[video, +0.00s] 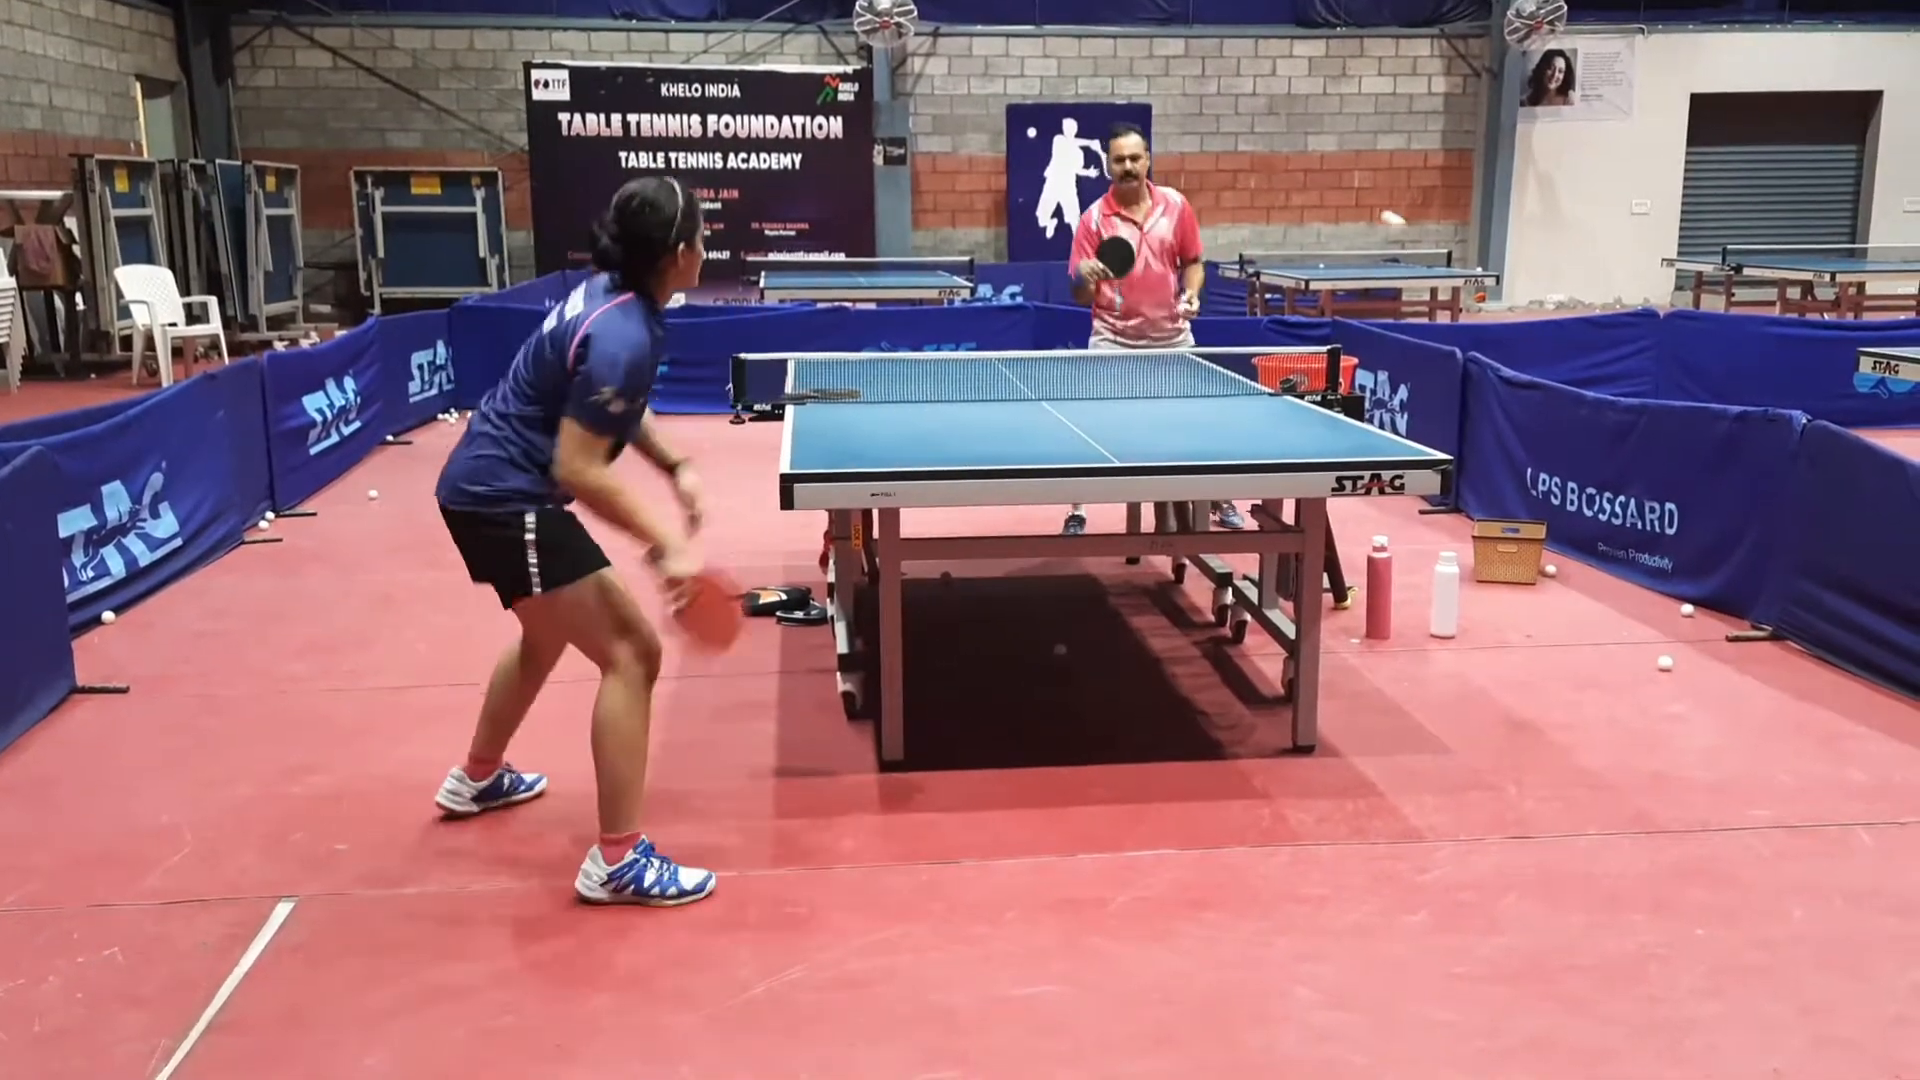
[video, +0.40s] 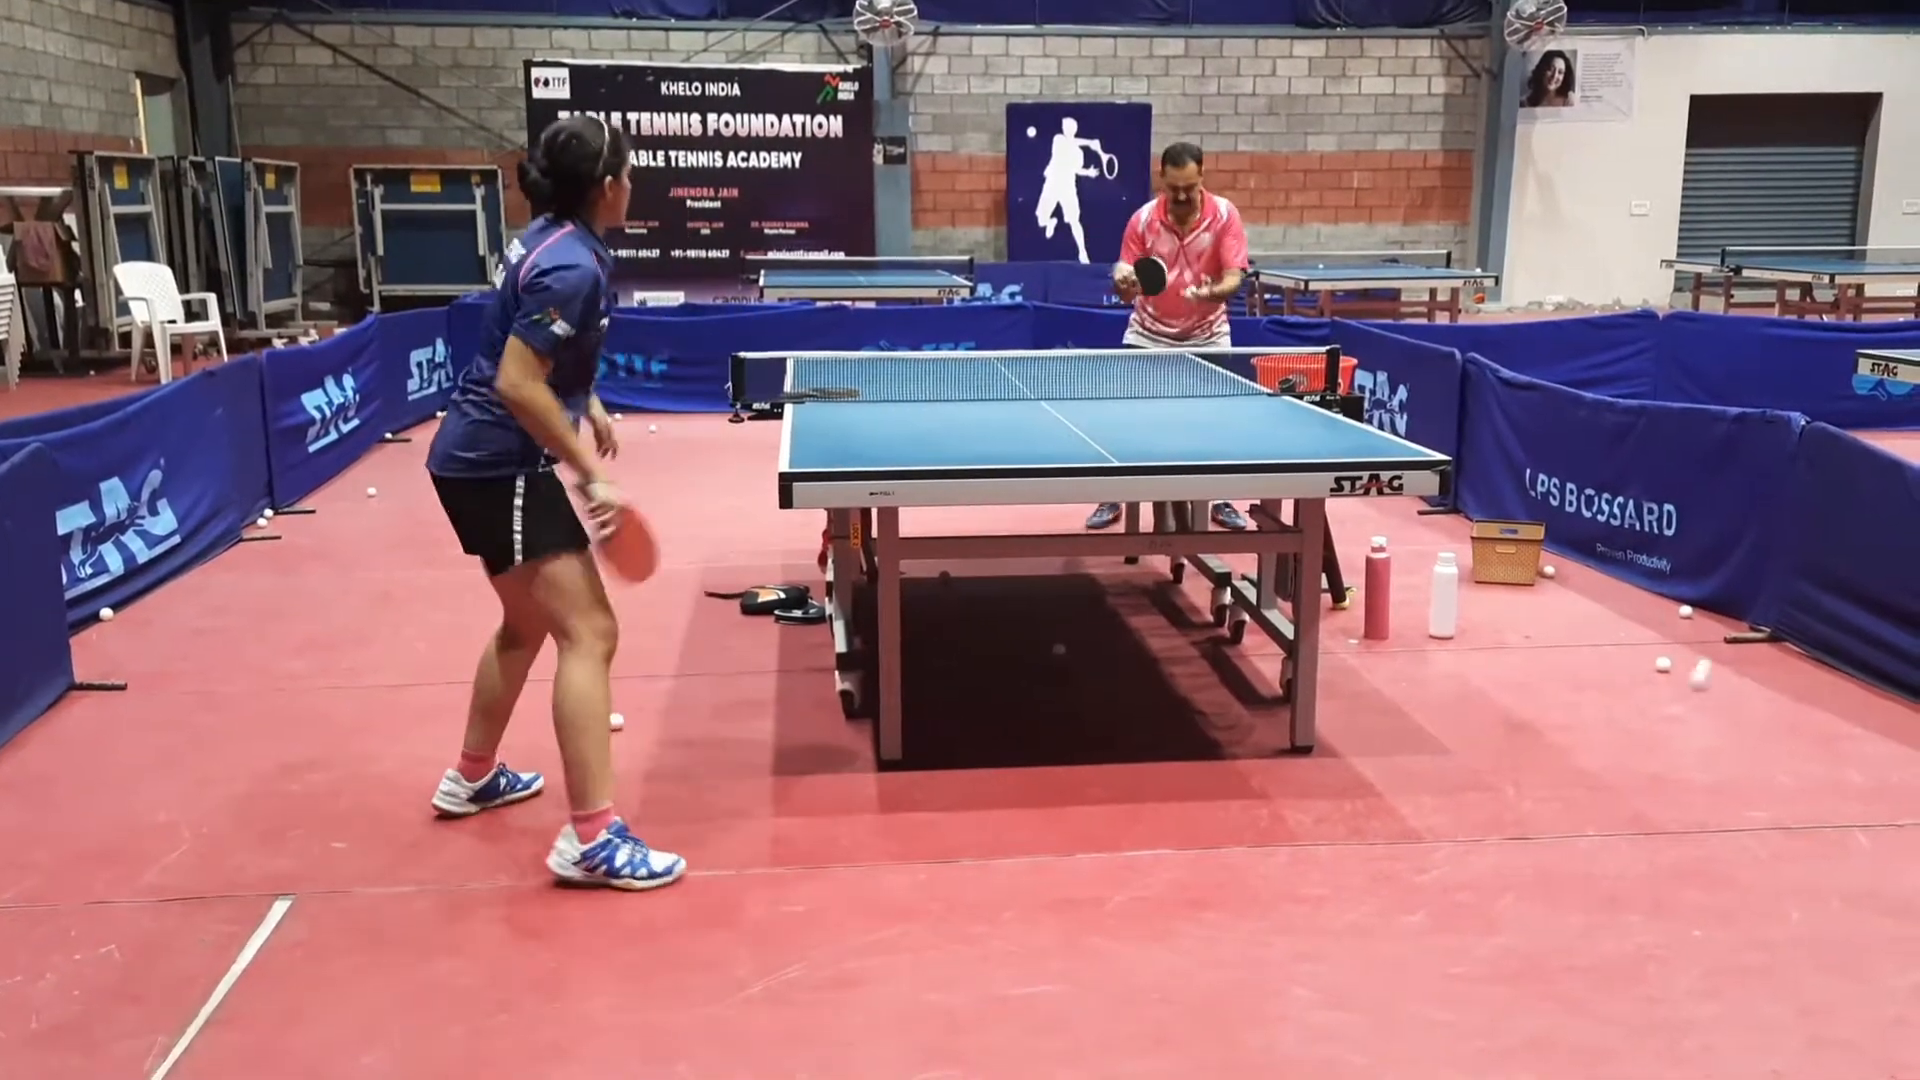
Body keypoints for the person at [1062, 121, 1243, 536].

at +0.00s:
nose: (1127, 167)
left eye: (1134, 159)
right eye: (1118, 160)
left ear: (1149, 161)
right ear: (1107, 165)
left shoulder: (1175, 206)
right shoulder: (1093, 218)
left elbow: (1193, 261)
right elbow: (1081, 296)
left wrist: (1192, 292)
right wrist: (1087, 275)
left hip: (1173, 339)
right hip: (1112, 339)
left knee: (1203, 415)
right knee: (1090, 418)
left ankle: (1221, 498)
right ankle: (1077, 509)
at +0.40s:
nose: (1182, 196)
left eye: (1190, 188)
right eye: (1173, 188)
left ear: (1202, 178)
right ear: (1160, 179)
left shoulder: (1224, 215)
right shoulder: (1143, 219)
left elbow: (1234, 276)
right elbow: (1122, 275)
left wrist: (1213, 290)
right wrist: (1125, 284)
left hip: (1208, 337)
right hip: (1147, 334)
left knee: (1220, 414)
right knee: (1123, 410)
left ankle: (1221, 498)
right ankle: (1112, 495)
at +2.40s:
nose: (1163, 221)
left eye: (1173, 213)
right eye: (1158, 212)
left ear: (1190, 214)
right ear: (1149, 212)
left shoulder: (1213, 256)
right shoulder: (1131, 256)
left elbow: (1226, 315)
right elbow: (1115, 313)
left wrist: (1215, 349)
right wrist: (1128, 323)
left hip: (1193, 365)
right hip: (1133, 363)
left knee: (1227, 432)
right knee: (1092, 424)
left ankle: (1241, 519)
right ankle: (1073, 512)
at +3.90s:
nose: (1129, 216)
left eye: (1137, 208)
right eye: (1122, 208)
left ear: (1152, 207)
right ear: (1112, 208)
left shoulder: (1175, 250)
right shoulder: (1094, 252)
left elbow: (1193, 308)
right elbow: (1071, 306)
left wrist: (1173, 339)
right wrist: (1071, 318)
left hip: (1160, 367)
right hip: (1099, 364)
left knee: (1189, 438)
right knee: (1062, 432)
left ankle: (1211, 521)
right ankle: (1039, 515)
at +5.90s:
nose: (1116, 175)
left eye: (1124, 168)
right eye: (1109, 167)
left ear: (1137, 173)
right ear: (1099, 171)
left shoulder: (1158, 225)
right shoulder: (1078, 223)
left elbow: (1164, 287)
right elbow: (1061, 287)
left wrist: (1142, 335)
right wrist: (1069, 289)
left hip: (1133, 347)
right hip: (1075, 344)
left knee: (1146, 434)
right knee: (1038, 418)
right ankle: (1013, 502)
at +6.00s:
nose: (1116, 174)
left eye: (1124, 167)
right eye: (1109, 167)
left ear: (1138, 173)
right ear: (1100, 171)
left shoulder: (1159, 225)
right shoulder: (1078, 223)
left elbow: (1168, 287)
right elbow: (1059, 284)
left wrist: (1144, 332)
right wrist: (1067, 286)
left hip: (1138, 347)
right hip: (1079, 344)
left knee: (1157, 430)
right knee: (1042, 418)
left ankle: (1181, 510)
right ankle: (1013, 502)